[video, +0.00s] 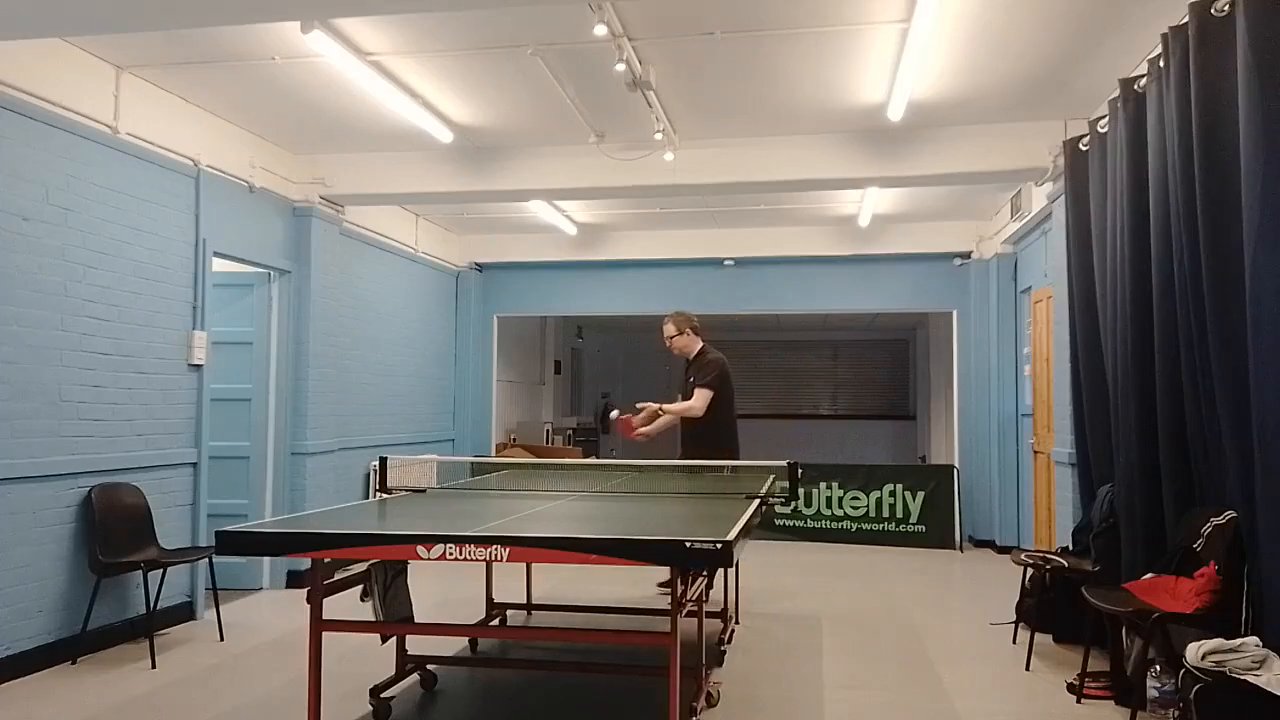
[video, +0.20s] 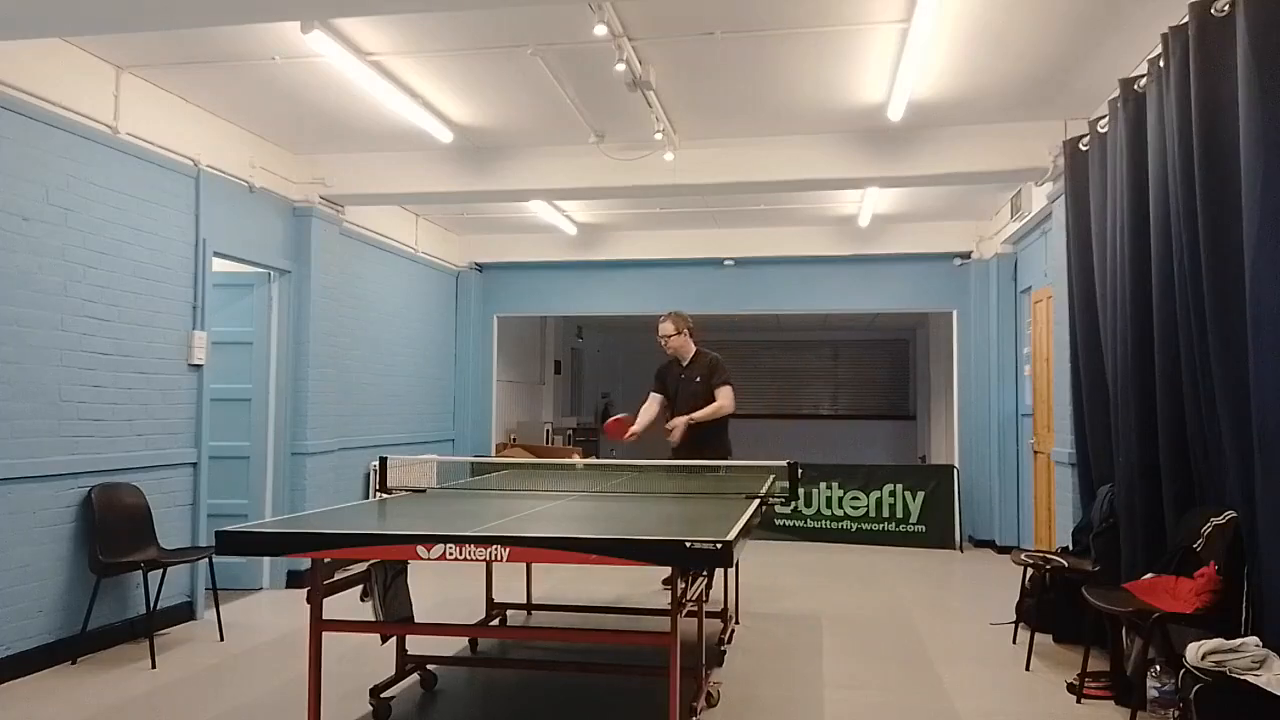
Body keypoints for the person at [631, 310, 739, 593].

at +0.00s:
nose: (668, 345)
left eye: (671, 338)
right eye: (666, 340)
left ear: (689, 333)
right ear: (686, 336)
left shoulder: (713, 362)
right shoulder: (691, 365)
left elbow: (697, 408)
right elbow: (682, 408)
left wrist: (659, 408)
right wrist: (652, 429)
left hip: (715, 461)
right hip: (693, 460)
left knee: (709, 519)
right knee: (682, 515)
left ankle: (702, 579)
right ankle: (681, 572)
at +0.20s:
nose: (662, 343)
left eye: (666, 337)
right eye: (660, 338)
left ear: (685, 334)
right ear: (665, 339)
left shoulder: (712, 363)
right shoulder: (666, 370)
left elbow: (727, 404)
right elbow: (652, 404)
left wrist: (687, 419)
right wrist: (638, 426)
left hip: (712, 458)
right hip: (681, 457)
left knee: (707, 517)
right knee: (677, 514)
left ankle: (702, 576)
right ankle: (680, 569)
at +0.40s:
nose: (664, 341)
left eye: (669, 336)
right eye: (661, 337)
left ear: (685, 336)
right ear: (658, 338)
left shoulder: (705, 367)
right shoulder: (657, 369)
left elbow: (736, 401)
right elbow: (650, 403)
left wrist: (721, 421)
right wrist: (663, 411)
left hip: (699, 454)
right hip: (666, 454)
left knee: (698, 513)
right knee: (664, 509)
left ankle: (697, 570)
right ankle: (664, 561)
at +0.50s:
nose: (663, 344)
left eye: (668, 340)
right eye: (659, 340)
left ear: (683, 340)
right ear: (656, 341)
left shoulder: (701, 373)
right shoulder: (652, 372)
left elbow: (728, 403)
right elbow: (645, 408)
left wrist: (727, 419)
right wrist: (665, 413)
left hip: (692, 458)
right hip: (659, 458)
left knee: (693, 514)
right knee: (658, 511)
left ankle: (697, 571)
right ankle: (661, 563)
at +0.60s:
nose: (663, 346)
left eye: (669, 342)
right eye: (659, 342)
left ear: (681, 343)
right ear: (654, 343)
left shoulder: (697, 375)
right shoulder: (647, 374)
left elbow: (721, 406)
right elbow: (637, 411)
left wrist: (721, 424)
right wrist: (657, 422)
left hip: (688, 460)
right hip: (655, 460)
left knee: (690, 514)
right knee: (657, 512)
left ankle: (694, 569)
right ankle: (661, 565)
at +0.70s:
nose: (663, 345)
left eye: (669, 340)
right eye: (659, 340)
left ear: (680, 342)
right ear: (653, 342)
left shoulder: (694, 374)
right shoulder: (644, 374)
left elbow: (714, 407)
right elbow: (631, 411)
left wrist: (713, 429)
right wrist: (647, 430)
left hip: (686, 459)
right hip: (653, 459)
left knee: (693, 511)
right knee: (655, 512)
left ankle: (699, 571)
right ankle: (660, 567)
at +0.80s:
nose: (663, 342)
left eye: (669, 337)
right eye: (659, 337)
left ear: (679, 340)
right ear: (653, 340)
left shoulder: (693, 372)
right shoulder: (643, 371)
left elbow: (711, 406)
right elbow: (628, 409)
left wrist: (709, 430)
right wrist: (638, 432)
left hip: (687, 457)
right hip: (653, 457)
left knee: (694, 511)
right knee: (655, 511)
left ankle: (711, 570)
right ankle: (661, 567)